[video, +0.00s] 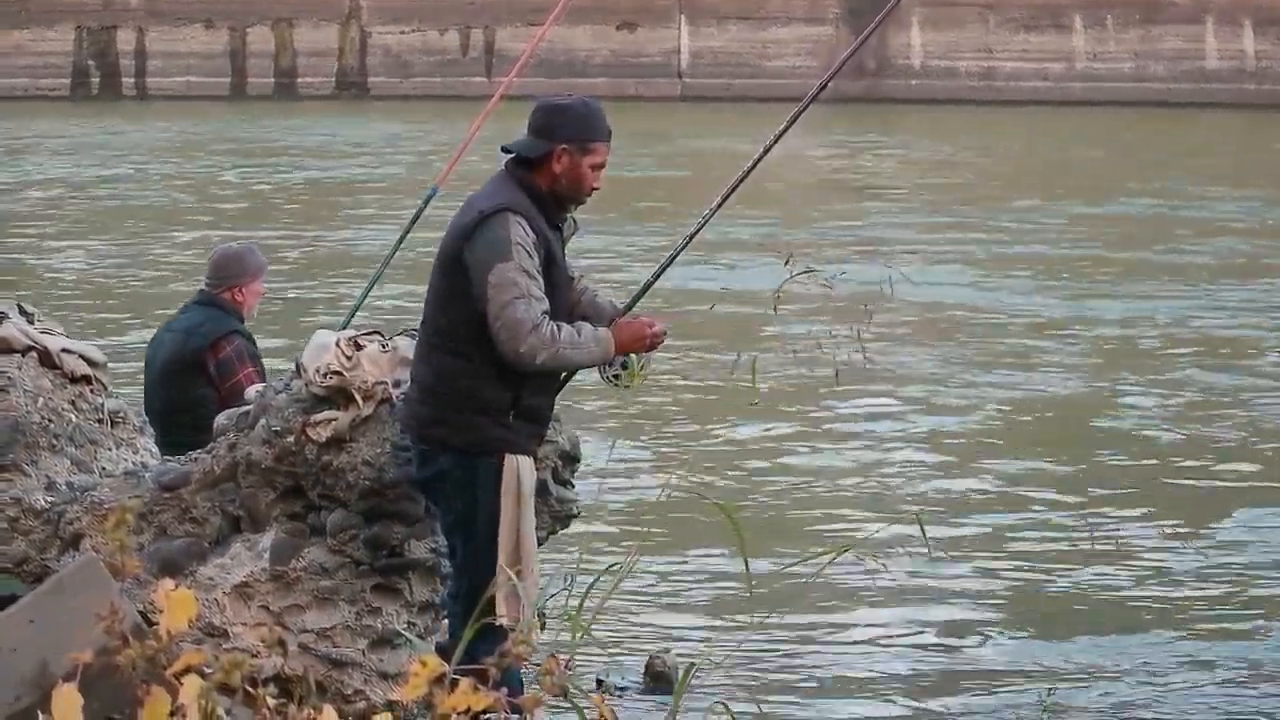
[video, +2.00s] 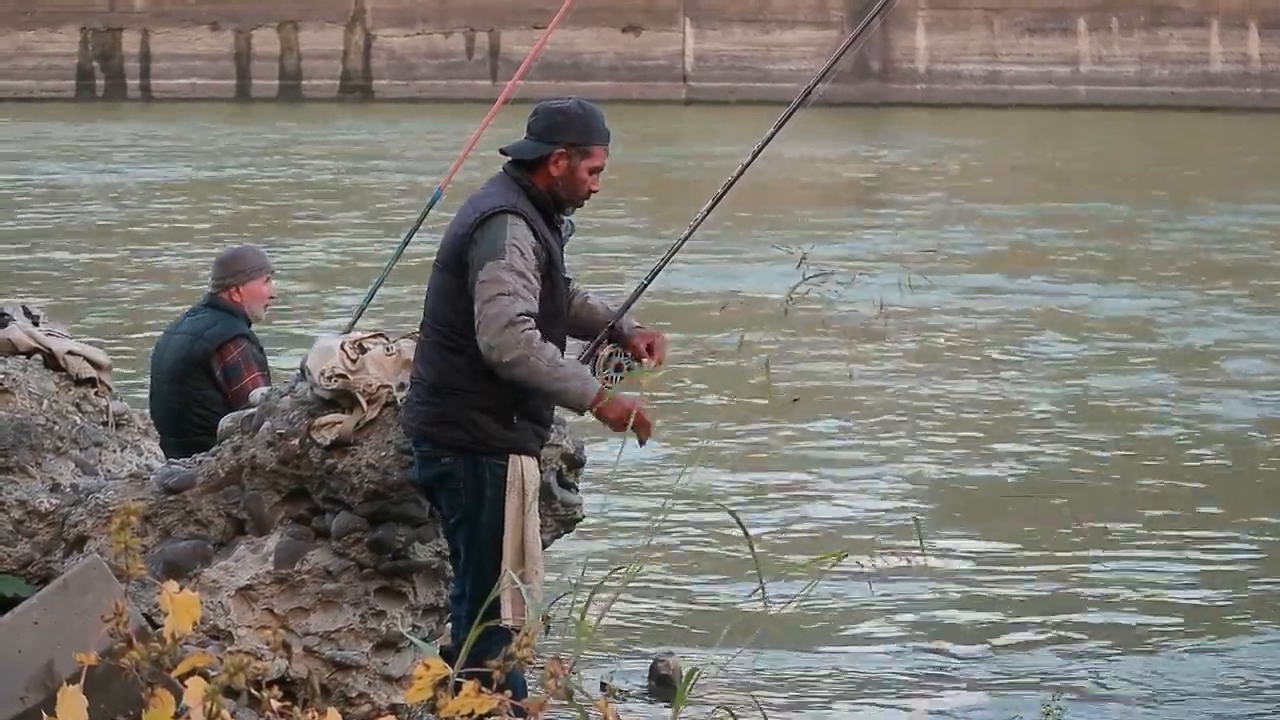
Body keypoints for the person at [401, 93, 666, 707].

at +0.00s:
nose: (600, 180)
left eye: (603, 167)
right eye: (595, 166)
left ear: (560, 159)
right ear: (558, 159)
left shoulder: (532, 216)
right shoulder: (504, 224)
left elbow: (566, 297)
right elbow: (524, 340)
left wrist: (618, 324)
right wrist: (612, 341)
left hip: (490, 435)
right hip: (465, 440)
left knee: (498, 589)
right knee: (481, 596)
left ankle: (495, 705)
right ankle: (476, 709)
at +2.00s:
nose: (598, 183)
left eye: (601, 170)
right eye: (593, 170)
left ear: (559, 161)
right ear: (556, 162)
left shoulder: (531, 215)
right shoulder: (507, 224)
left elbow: (551, 300)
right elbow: (506, 340)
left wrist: (619, 329)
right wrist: (595, 397)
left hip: (491, 434)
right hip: (469, 440)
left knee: (496, 593)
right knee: (490, 598)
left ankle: (489, 712)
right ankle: (482, 714)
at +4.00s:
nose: (587, 177)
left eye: (586, 166)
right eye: (586, 166)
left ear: (529, 159)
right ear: (574, 170)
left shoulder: (528, 221)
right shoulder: (508, 228)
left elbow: (562, 304)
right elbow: (539, 339)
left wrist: (623, 329)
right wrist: (621, 353)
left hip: (491, 440)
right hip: (471, 445)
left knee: (498, 588)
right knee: (493, 592)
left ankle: (494, 709)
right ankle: (492, 711)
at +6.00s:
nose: (594, 173)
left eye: (594, 162)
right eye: (592, 162)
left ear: (541, 162)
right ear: (573, 168)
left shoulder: (525, 223)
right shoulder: (511, 231)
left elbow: (563, 309)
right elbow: (546, 343)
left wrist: (629, 330)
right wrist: (624, 343)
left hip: (484, 445)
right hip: (475, 449)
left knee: (488, 601)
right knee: (497, 606)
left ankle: (480, 710)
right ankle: (498, 714)